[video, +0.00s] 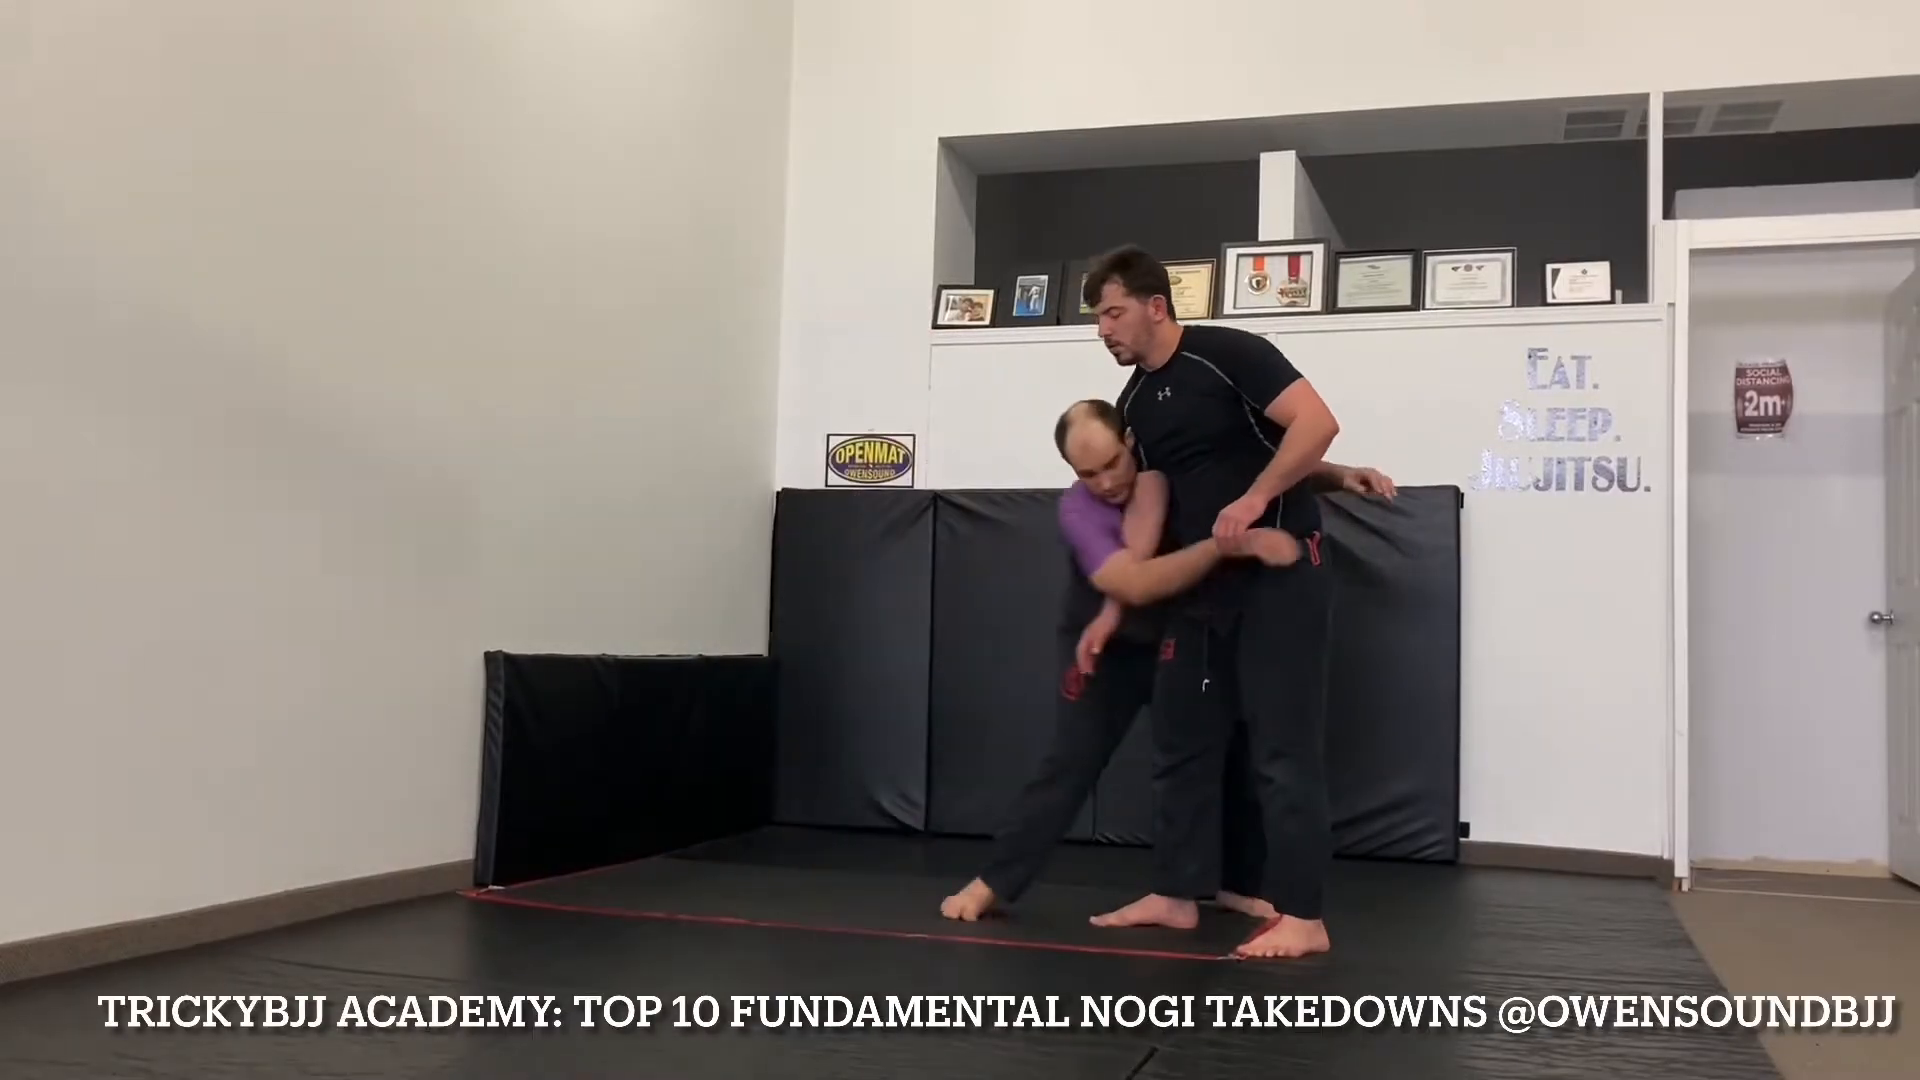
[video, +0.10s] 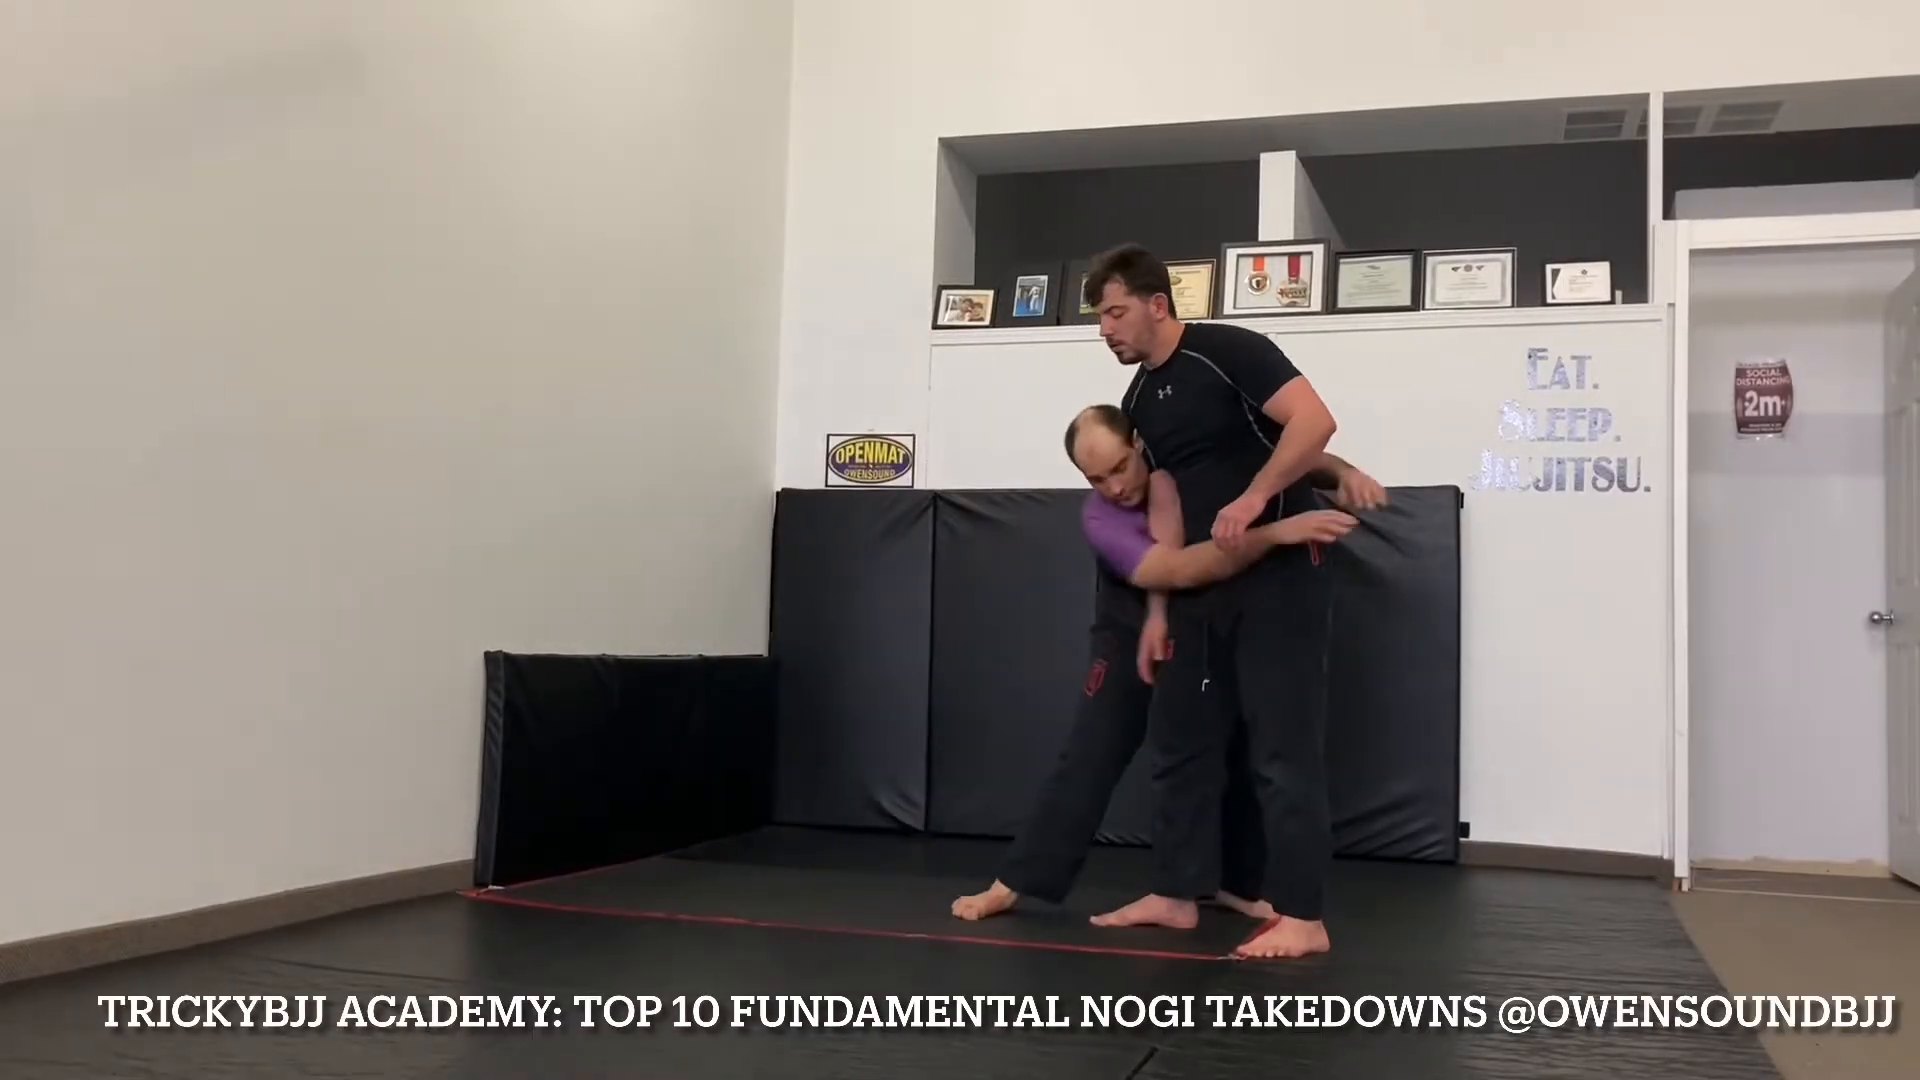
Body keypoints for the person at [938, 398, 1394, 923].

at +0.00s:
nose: (1106, 481)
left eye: (1113, 464)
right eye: (1090, 473)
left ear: (1134, 444)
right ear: (1074, 471)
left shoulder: (1176, 472)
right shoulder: (1081, 510)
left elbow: (1268, 471)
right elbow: (1134, 583)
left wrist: (1343, 478)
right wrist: (1235, 544)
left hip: (1192, 629)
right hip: (1113, 643)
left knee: (1232, 752)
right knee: (1073, 762)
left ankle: (1235, 883)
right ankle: (994, 881)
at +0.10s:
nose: (1116, 485)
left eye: (1120, 467)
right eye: (1101, 480)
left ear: (1140, 443)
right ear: (1087, 479)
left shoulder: (1187, 469)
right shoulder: (1102, 520)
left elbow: (1269, 459)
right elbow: (1173, 570)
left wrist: (1341, 470)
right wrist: (1273, 534)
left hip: (1210, 622)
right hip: (1128, 640)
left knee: (1237, 752)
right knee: (1090, 757)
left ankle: (1236, 881)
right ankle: (1014, 883)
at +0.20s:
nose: (1119, 486)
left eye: (1124, 467)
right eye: (1104, 479)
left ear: (1148, 443)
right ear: (1093, 476)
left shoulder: (1204, 461)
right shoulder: (1113, 516)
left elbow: (1320, 460)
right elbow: (1173, 561)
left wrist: (1338, 489)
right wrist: (1296, 524)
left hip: (1225, 625)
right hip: (1143, 637)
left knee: (1241, 755)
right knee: (1090, 757)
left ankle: (1236, 881)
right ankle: (1012, 884)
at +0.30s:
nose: (1121, 479)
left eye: (1127, 461)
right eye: (1107, 472)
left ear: (1154, 439)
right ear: (1098, 469)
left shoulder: (1209, 463)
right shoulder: (1116, 510)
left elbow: (1326, 468)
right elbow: (1159, 561)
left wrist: (1316, 497)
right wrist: (1272, 533)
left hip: (1226, 633)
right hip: (1145, 642)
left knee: (1244, 760)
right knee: (1090, 761)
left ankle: (1235, 882)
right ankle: (1009, 883)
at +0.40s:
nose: (1123, 472)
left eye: (1130, 454)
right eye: (1109, 464)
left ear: (1158, 435)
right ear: (1100, 461)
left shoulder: (1211, 465)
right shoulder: (1118, 506)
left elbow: (1331, 472)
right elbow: (1177, 562)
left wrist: (1310, 489)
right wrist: (1271, 527)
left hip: (1224, 635)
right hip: (1145, 644)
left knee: (1246, 760)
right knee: (1090, 761)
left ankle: (1240, 883)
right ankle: (1008, 884)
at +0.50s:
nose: (1124, 462)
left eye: (1131, 444)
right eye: (1110, 453)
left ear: (1159, 425)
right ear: (1099, 449)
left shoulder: (1208, 457)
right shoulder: (1114, 494)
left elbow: (1327, 471)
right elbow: (1177, 561)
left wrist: (1305, 488)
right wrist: (1266, 528)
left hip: (1219, 624)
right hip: (1140, 630)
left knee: (1243, 752)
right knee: (1084, 747)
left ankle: (1239, 882)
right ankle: (1008, 878)